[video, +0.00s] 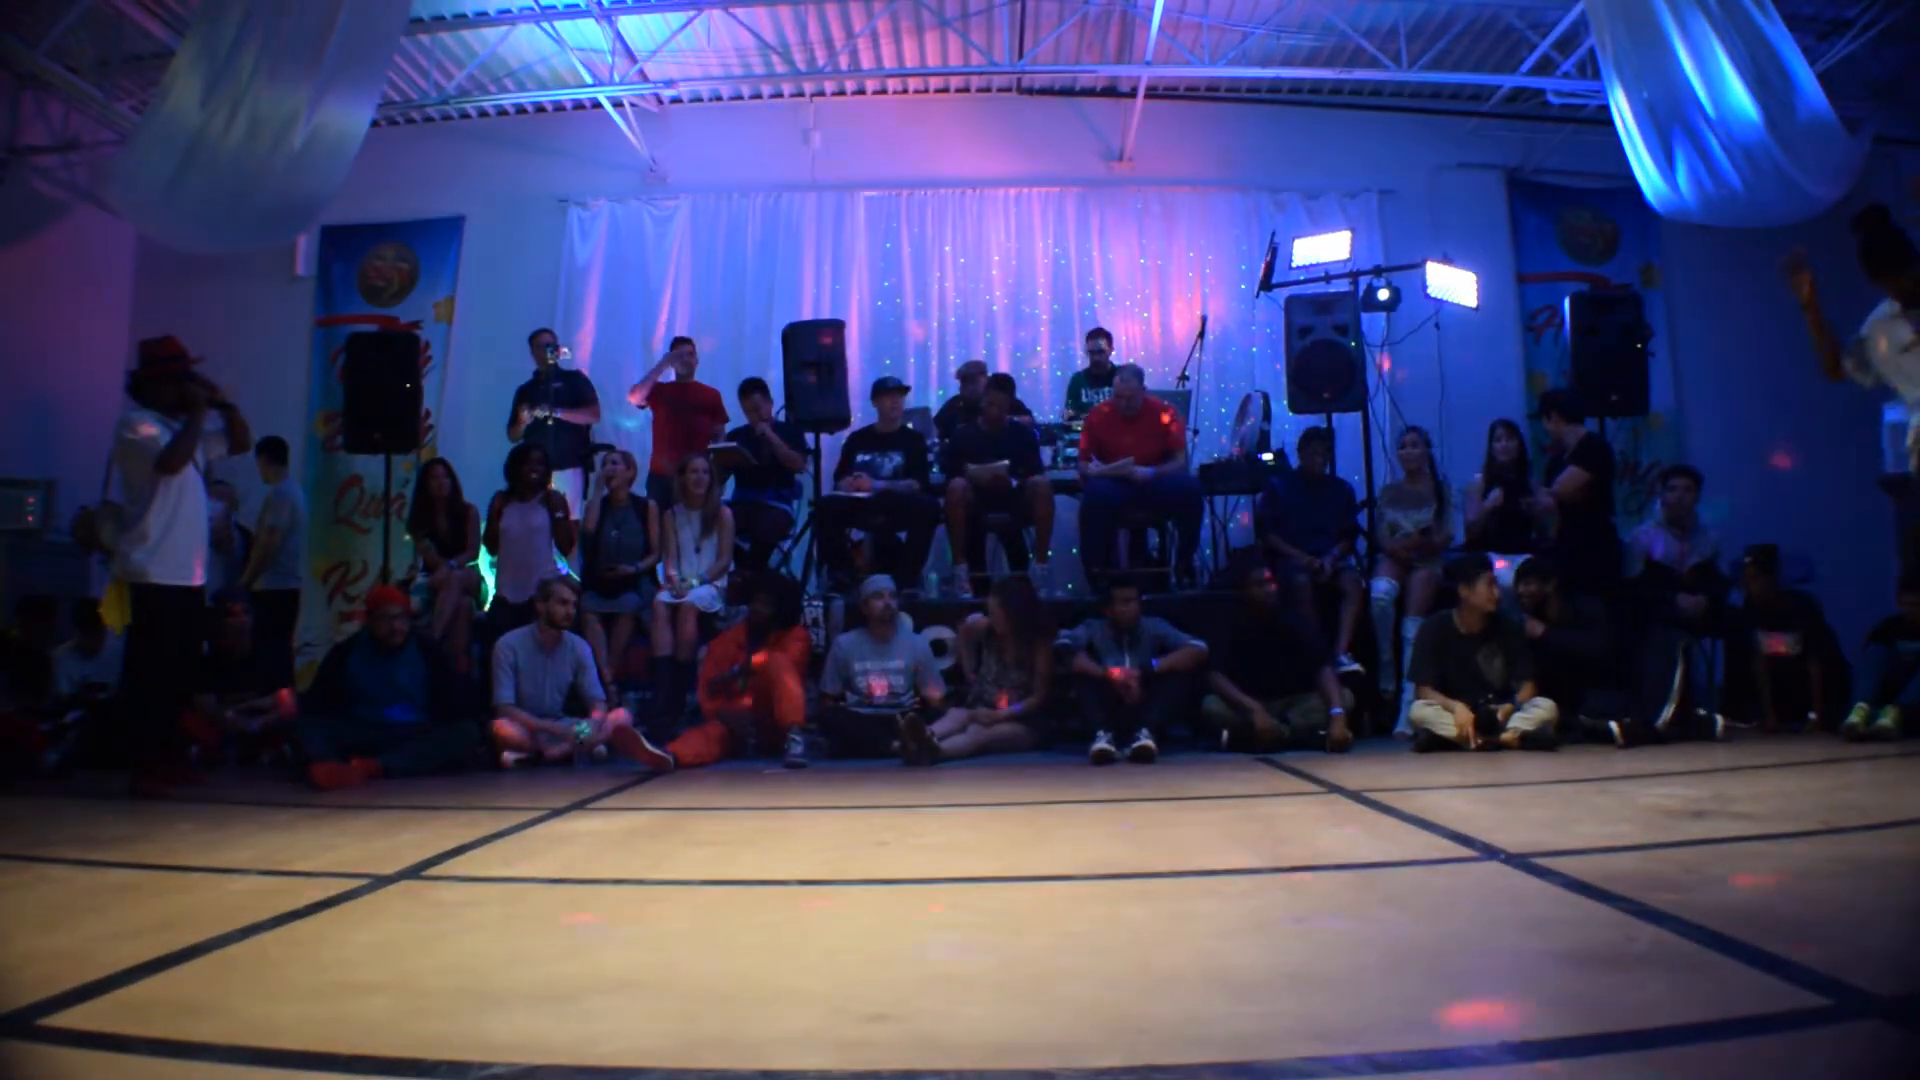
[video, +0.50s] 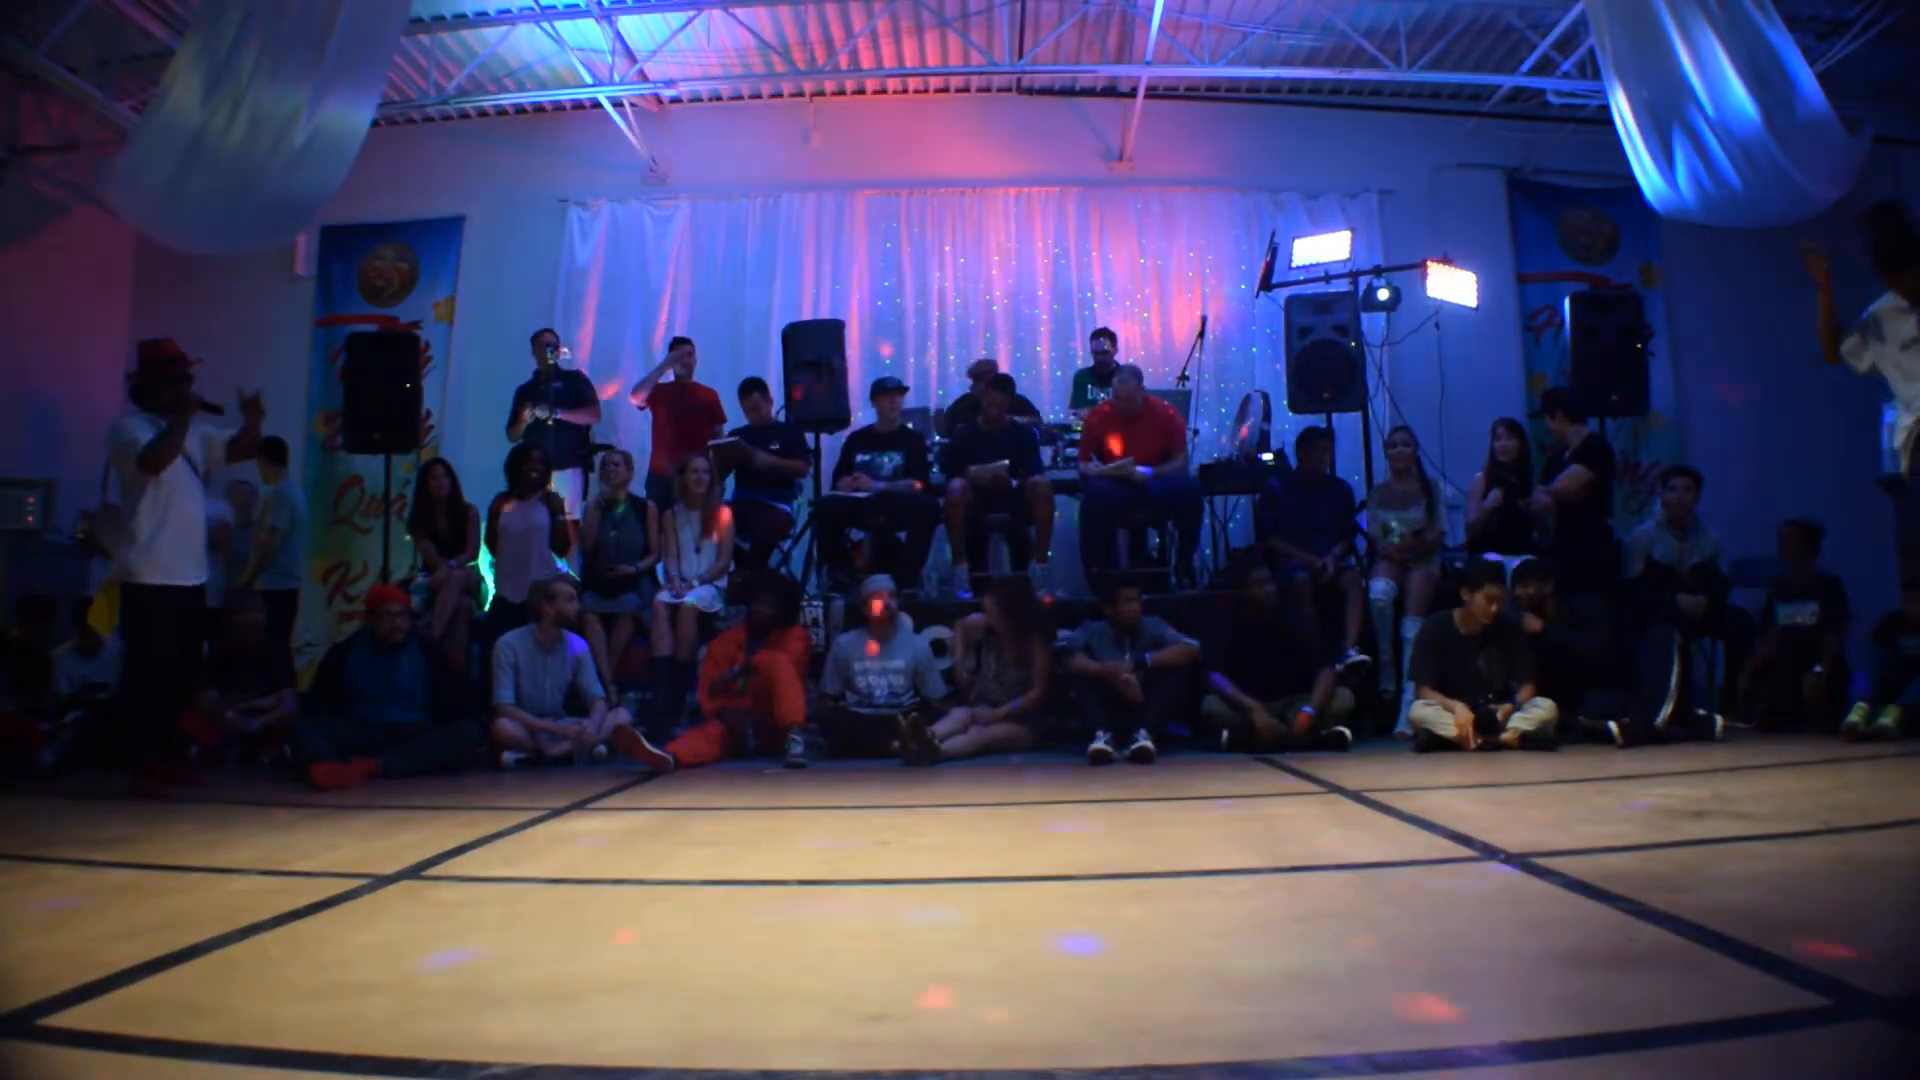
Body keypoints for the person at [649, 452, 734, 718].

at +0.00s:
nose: (699, 478)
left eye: (705, 473)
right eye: (693, 472)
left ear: (712, 478)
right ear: (682, 478)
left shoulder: (722, 514)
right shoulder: (671, 515)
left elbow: (724, 559)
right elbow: (669, 556)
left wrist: (699, 581)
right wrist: (671, 578)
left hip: (710, 580)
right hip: (678, 580)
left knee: (688, 607)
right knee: (660, 606)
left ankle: (682, 683)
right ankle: (662, 681)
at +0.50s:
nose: (700, 477)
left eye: (705, 472)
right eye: (694, 472)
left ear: (712, 478)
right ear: (682, 478)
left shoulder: (722, 514)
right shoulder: (671, 516)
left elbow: (724, 560)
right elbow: (669, 557)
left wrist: (698, 582)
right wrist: (673, 581)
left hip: (709, 581)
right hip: (678, 581)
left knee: (688, 608)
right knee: (659, 605)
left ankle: (682, 684)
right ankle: (662, 683)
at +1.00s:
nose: (700, 478)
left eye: (705, 472)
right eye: (694, 472)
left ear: (712, 478)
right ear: (683, 478)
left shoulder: (722, 513)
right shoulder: (672, 516)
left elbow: (725, 560)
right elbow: (670, 556)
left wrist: (697, 582)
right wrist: (674, 581)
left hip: (710, 580)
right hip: (679, 580)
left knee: (688, 607)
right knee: (659, 605)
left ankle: (682, 682)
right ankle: (662, 680)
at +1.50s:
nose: (700, 478)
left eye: (705, 473)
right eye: (693, 472)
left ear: (711, 478)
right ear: (682, 478)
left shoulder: (721, 513)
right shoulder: (672, 516)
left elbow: (724, 560)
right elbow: (670, 557)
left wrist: (701, 579)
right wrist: (675, 580)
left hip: (712, 580)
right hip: (680, 581)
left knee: (689, 605)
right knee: (660, 603)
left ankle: (682, 680)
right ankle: (664, 678)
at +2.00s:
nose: (685, 478)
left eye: (692, 472)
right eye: (682, 473)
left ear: (705, 478)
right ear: (678, 478)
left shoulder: (721, 514)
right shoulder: (671, 515)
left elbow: (724, 560)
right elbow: (670, 556)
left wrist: (698, 581)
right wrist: (674, 581)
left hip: (710, 581)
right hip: (679, 581)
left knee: (688, 606)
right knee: (660, 602)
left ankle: (682, 677)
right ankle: (662, 676)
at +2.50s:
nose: (683, 477)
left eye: (690, 472)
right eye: (681, 472)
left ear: (704, 477)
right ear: (678, 477)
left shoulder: (721, 514)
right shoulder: (672, 516)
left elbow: (724, 560)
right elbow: (670, 557)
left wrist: (699, 582)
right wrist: (674, 579)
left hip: (710, 580)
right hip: (679, 580)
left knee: (688, 606)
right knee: (660, 602)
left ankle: (681, 678)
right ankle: (662, 675)